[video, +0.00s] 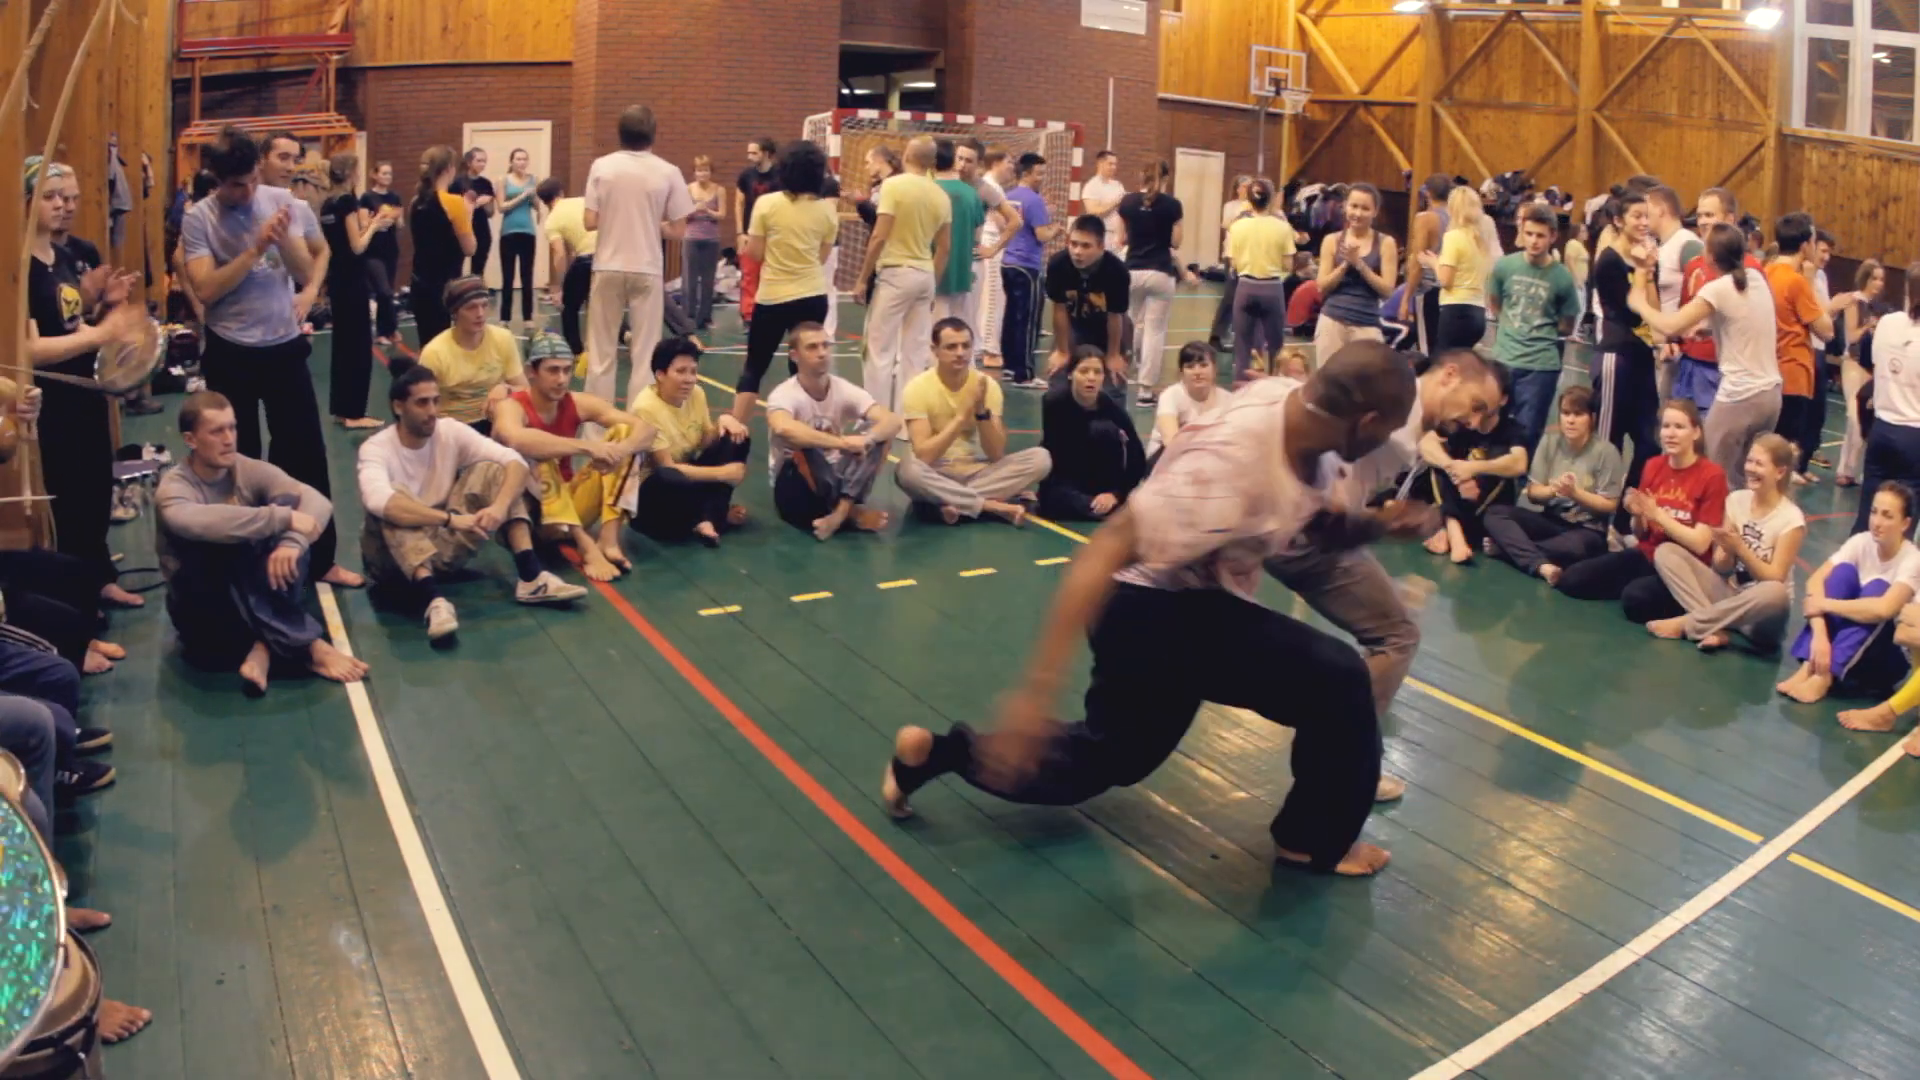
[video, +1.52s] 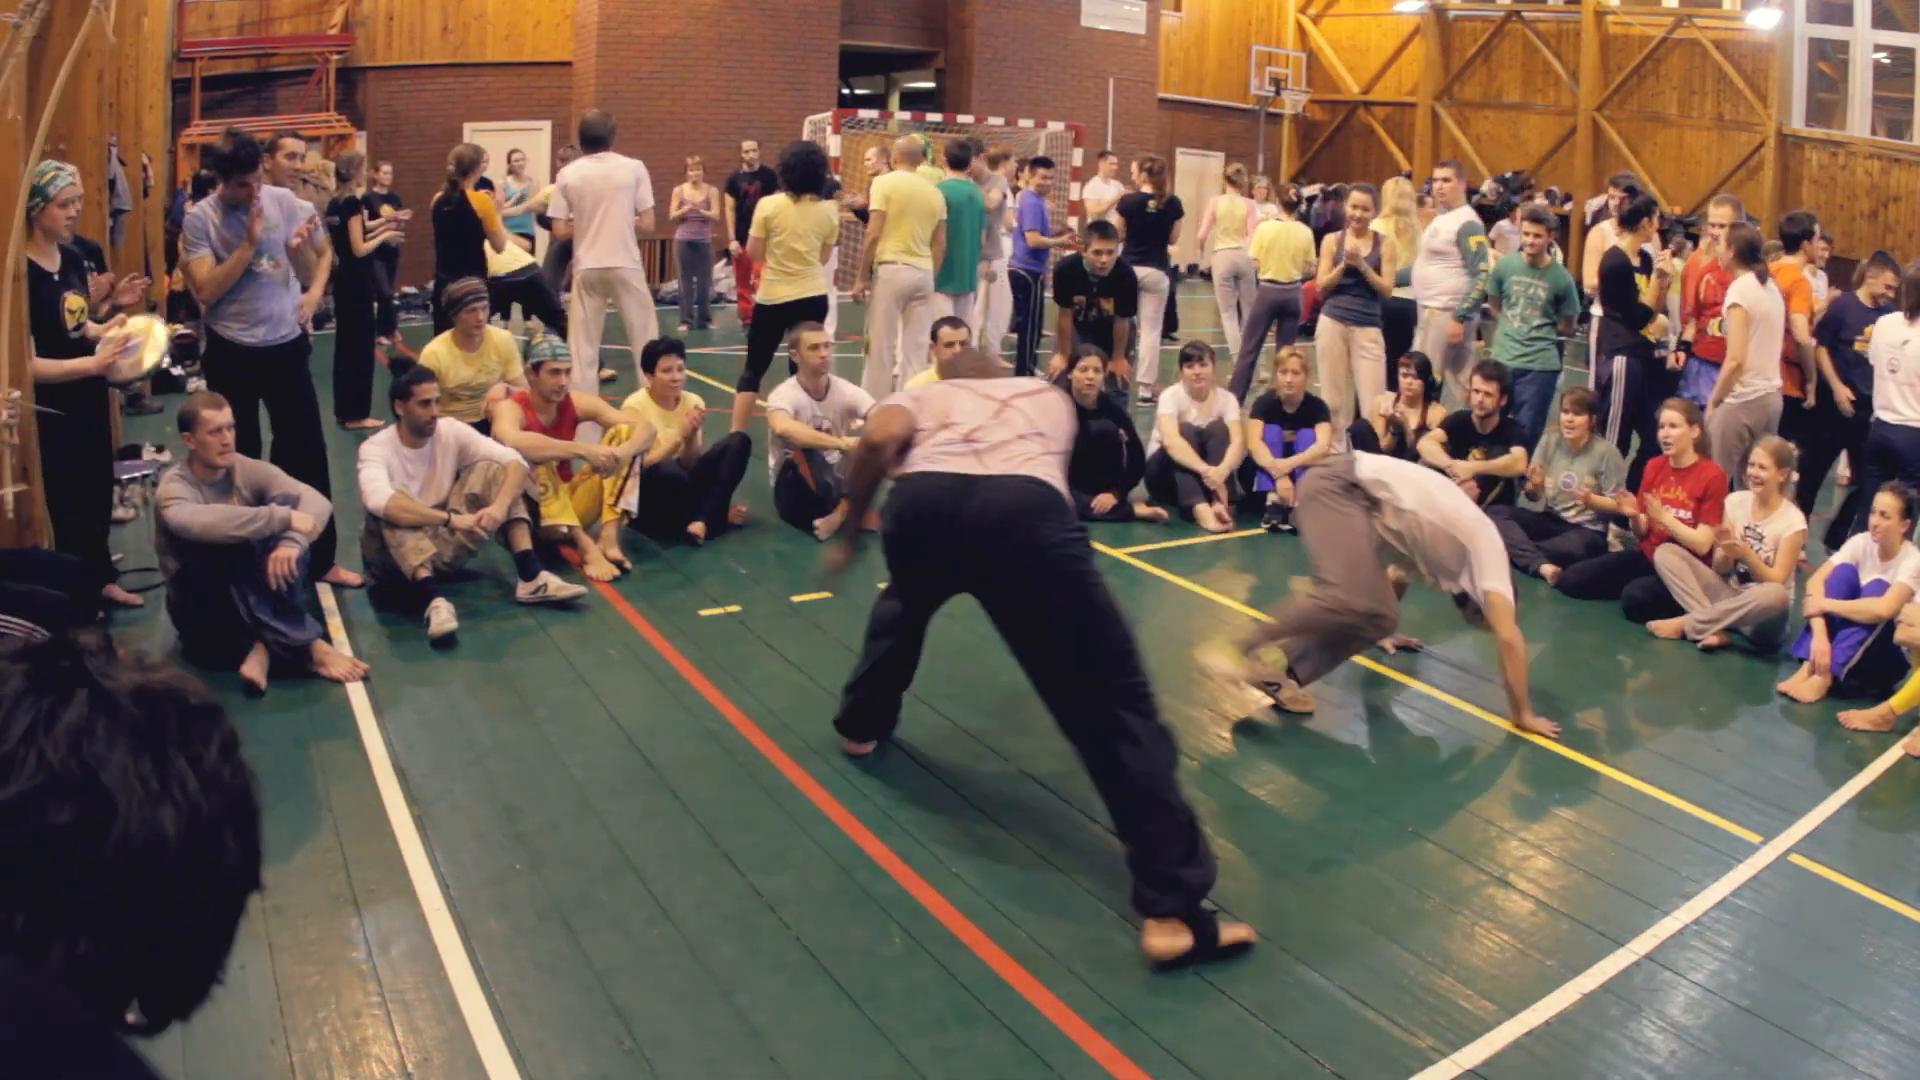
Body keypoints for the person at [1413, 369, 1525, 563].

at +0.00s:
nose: (1482, 406)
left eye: (1489, 403)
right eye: (1476, 403)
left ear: (1503, 400)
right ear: (1471, 394)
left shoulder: (1510, 429)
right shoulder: (1457, 421)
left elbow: (1519, 464)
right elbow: (1426, 444)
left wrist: (1473, 468)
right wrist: (1456, 472)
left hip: (1493, 508)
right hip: (1454, 502)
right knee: (1439, 465)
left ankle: (1446, 529)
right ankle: (1454, 530)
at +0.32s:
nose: (1480, 399)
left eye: (1488, 394)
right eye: (1476, 392)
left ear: (1503, 400)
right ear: (1470, 392)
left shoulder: (1511, 429)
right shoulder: (1458, 420)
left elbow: (1519, 464)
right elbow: (1424, 444)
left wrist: (1473, 468)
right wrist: (1457, 472)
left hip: (1492, 509)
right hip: (1453, 502)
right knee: (1439, 464)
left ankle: (1449, 530)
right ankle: (1454, 530)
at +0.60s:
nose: (1480, 399)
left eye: (1488, 394)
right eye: (1476, 392)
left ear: (1503, 400)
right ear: (1470, 392)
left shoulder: (1511, 428)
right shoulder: (1459, 419)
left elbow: (1519, 464)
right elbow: (1425, 444)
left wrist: (1472, 467)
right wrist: (1458, 474)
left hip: (1493, 509)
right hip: (1454, 502)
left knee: (1500, 457)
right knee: (1437, 457)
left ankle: (1448, 529)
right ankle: (1454, 529)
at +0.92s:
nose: (1480, 399)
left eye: (1488, 395)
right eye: (1476, 392)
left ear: (1503, 400)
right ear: (1469, 392)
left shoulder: (1511, 429)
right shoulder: (1459, 419)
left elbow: (1519, 464)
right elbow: (1425, 444)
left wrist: (1472, 467)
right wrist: (1458, 474)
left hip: (1492, 508)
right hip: (1454, 501)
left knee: (1501, 460)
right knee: (1437, 458)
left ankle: (1448, 529)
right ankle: (1454, 529)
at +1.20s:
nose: (1479, 400)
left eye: (1487, 395)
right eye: (1475, 392)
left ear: (1503, 400)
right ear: (1469, 392)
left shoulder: (1511, 429)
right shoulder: (1457, 420)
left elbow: (1519, 464)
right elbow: (1432, 441)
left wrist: (1471, 468)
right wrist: (1459, 475)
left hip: (1491, 508)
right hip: (1454, 499)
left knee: (1501, 461)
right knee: (1435, 463)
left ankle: (1448, 528)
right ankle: (1454, 529)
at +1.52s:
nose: (1479, 399)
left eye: (1488, 395)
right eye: (1476, 392)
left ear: (1503, 400)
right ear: (1469, 393)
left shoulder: (1511, 429)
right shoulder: (1458, 419)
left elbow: (1518, 464)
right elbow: (1425, 444)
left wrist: (1471, 467)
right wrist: (1454, 469)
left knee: (1500, 455)